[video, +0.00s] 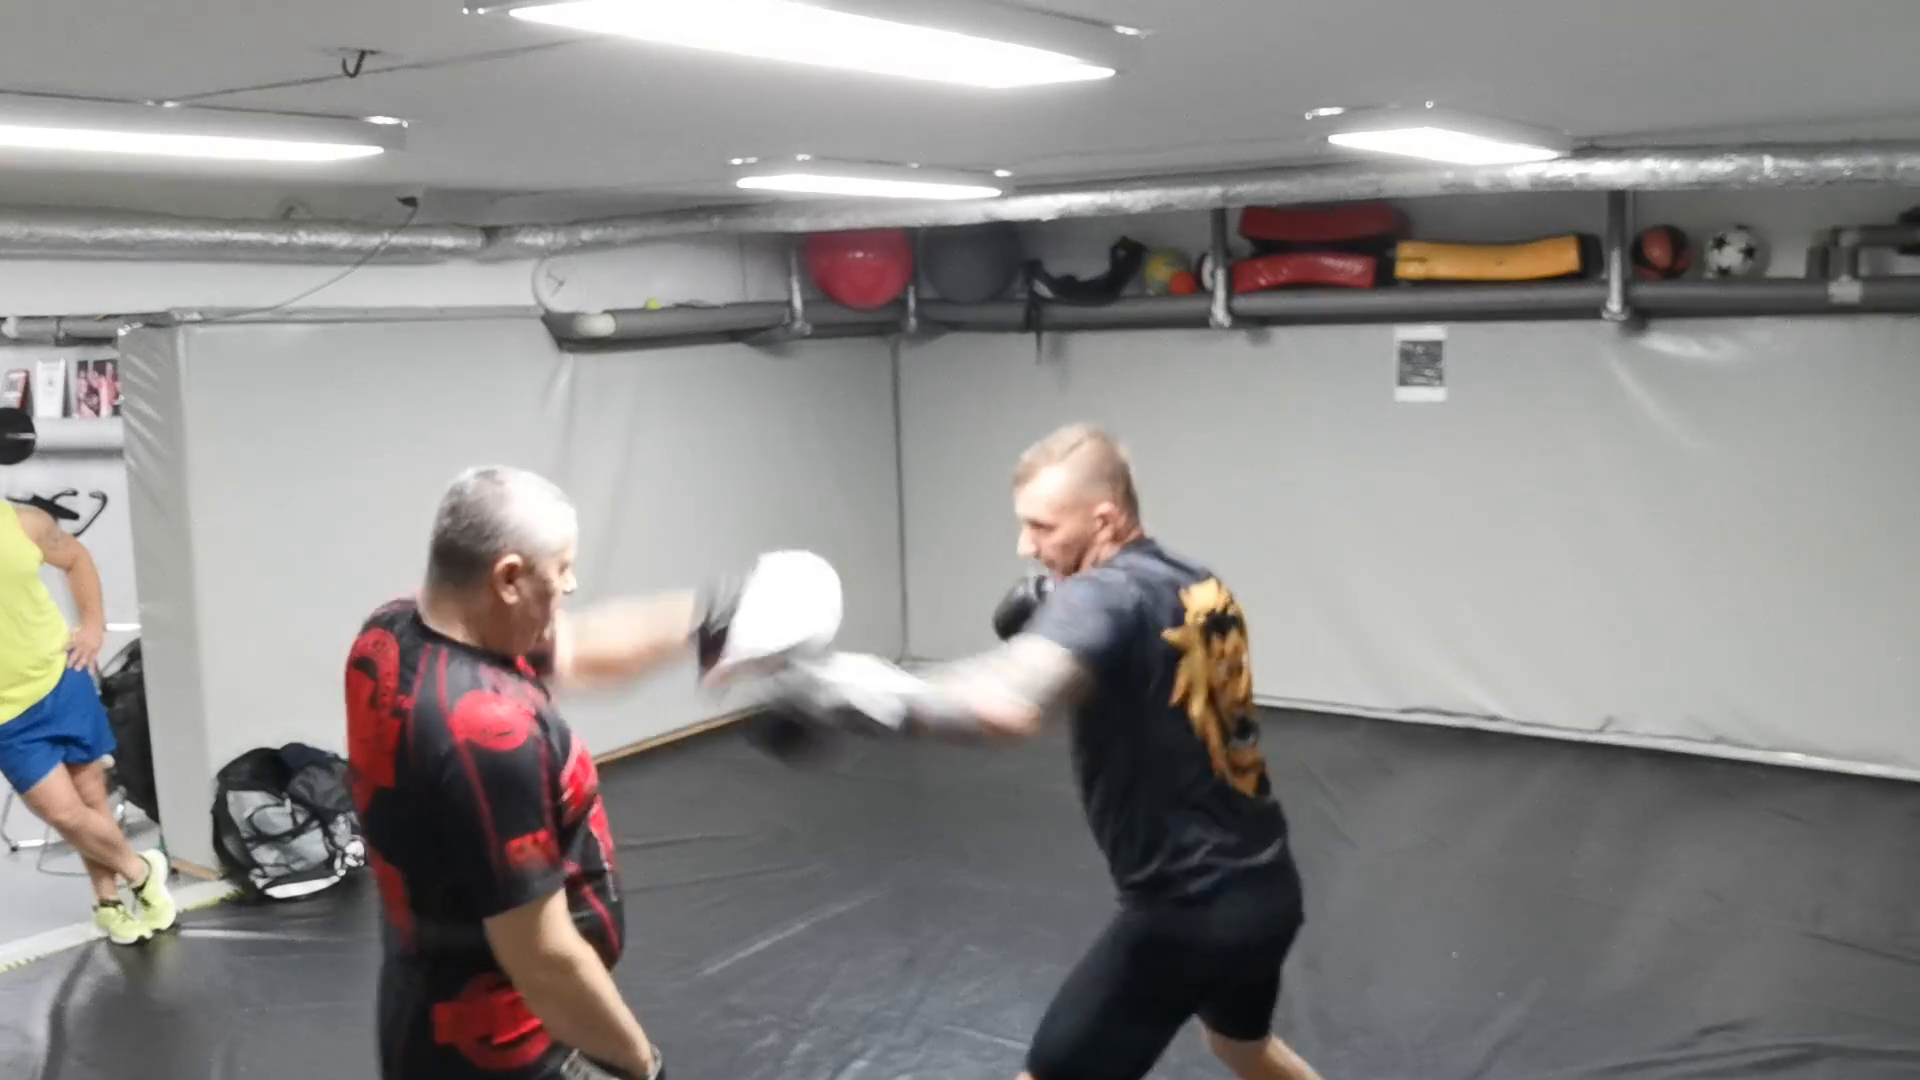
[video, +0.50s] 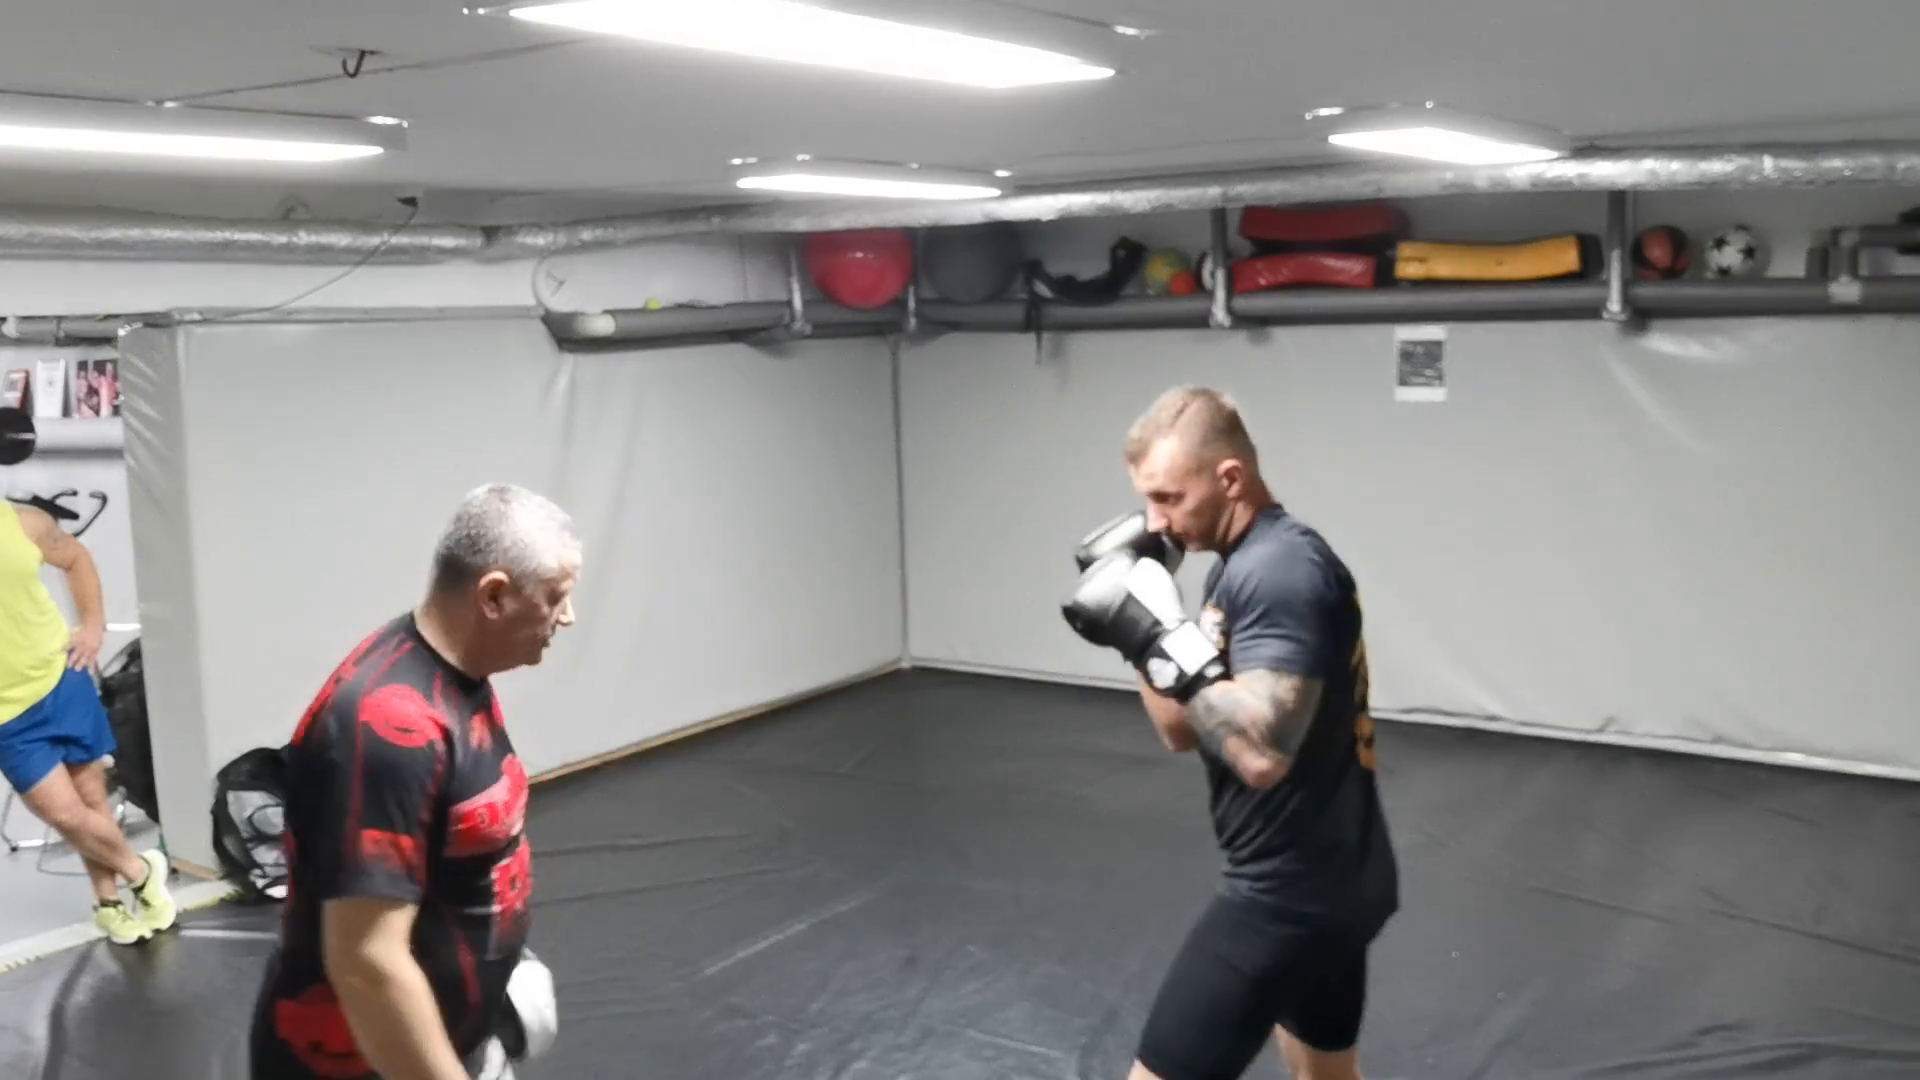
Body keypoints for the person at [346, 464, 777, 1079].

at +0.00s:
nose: (570, 589)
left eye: (569, 572)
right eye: (562, 574)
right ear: (508, 581)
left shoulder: (391, 635)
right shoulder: (488, 733)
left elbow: (576, 648)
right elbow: (542, 956)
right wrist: (643, 1062)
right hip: (512, 1048)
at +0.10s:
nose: (572, 606)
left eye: (570, 588)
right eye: (563, 588)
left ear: (499, 598)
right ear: (502, 598)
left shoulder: (399, 659)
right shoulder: (456, 750)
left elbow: (525, 779)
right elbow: (511, 966)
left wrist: (654, 759)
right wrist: (620, 1068)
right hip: (480, 1060)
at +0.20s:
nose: (570, 612)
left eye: (569, 593)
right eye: (560, 593)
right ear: (501, 600)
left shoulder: (425, 661)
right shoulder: (428, 751)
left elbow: (499, 819)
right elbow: (464, 982)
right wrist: (582, 1071)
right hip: (435, 1061)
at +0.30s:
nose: (573, 609)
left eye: (572, 589)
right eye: (562, 591)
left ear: (499, 595)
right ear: (501, 594)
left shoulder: (428, 658)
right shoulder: (420, 737)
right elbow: (427, 974)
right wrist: (525, 1069)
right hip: (401, 1057)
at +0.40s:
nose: (571, 612)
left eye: (571, 592)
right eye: (562, 592)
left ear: (500, 594)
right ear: (502, 593)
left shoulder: (442, 665)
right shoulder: (408, 727)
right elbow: (401, 970)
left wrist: (486, 1034)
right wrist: (485, 1072)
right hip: (383, 1061)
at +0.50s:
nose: (567, 618)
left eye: (568, 598)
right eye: (557, 598)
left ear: (494, 598)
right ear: (494, 597)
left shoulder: (455, 674)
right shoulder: (388, 720)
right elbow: (366, 960)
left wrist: (501, 961)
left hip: (440, 1035)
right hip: (362, 1060)